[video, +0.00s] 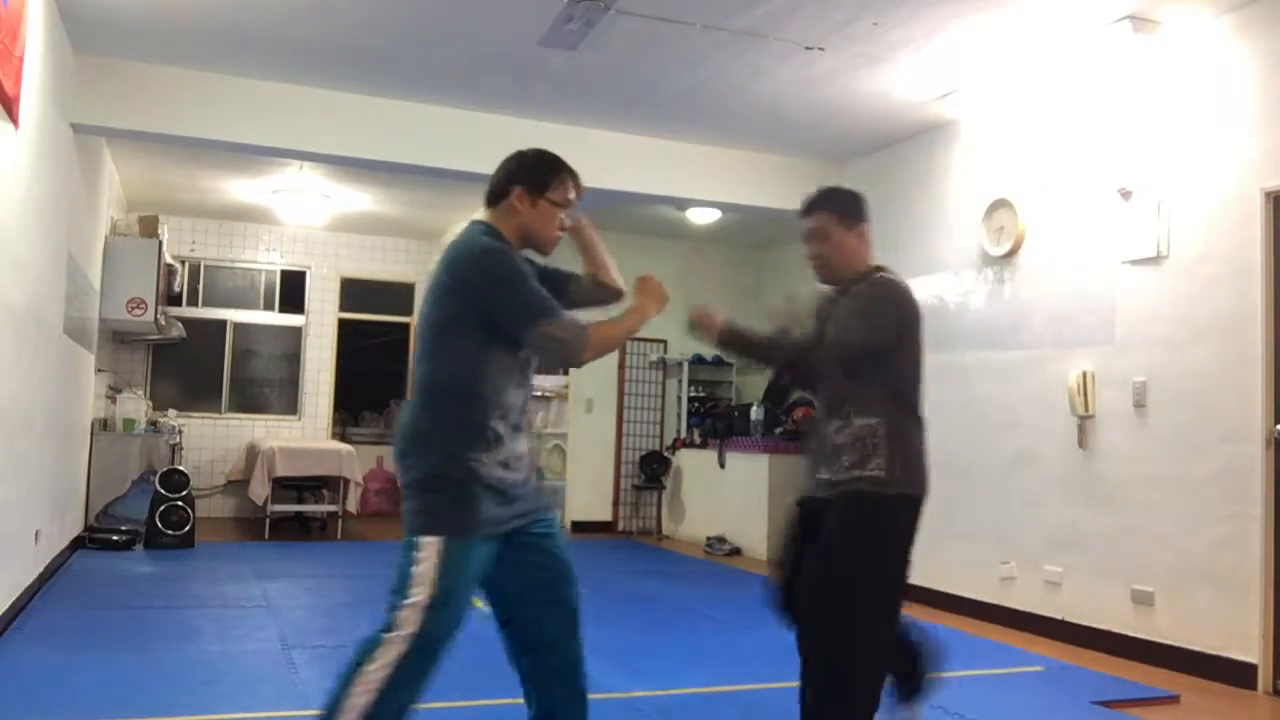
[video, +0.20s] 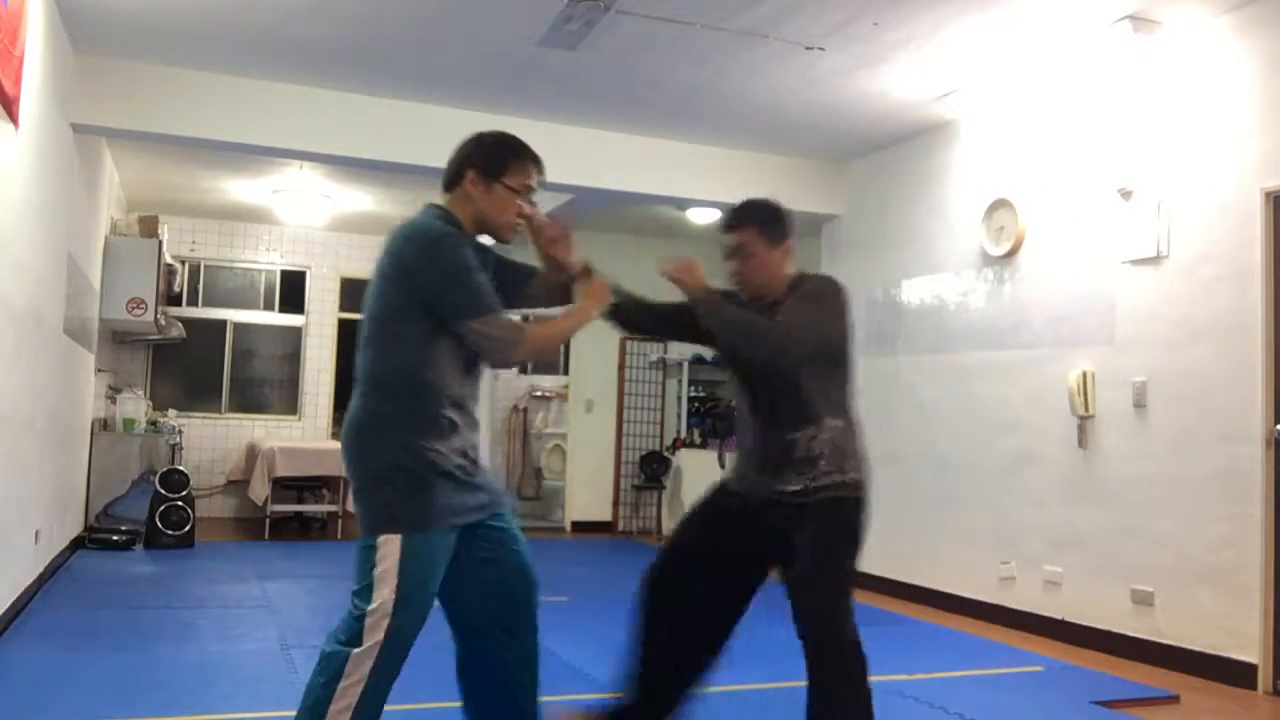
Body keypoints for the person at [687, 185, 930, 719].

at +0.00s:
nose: (812, 250)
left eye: (821, 237)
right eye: (807, 240)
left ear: (859, 234)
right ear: (808, 242)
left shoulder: (884, 296)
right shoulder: (836, 304)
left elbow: (825, 356)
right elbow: (817, 368)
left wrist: (727, 334)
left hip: (880, 487)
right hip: (836, 484)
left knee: (845, 611)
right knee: (801, 594)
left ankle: (835, 710)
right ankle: (902, 654)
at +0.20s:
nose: (732, 266)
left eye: (742, 253)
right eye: (729, 256)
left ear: (783, 250)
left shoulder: (820, 297)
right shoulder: (734, 309)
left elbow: (783, 345)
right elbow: (652, 319)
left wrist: (703, 295)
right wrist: (581, 275)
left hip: (826, 491)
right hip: (754, 489)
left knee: (821, 610)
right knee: (677, 584)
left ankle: (843, 714)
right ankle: (649, 705)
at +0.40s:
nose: (629, 251)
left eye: (639, 237)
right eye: (627, 238)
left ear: (676, 239)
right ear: (633, 242)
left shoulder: (721, 309)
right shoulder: (635, 307)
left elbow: (682, 393)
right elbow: (552, 352)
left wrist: (625, 327)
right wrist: (510, 306)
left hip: (701, 510)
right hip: (630, 504)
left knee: (738, 635)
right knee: (549, 631)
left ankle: (815, 714)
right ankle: (518, 710)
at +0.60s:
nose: (526, 229)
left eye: (534, 215)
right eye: (525, 216)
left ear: (570, 213)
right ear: (566, 217)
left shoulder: (616, 281)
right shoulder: (556, 287)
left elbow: (578, 346)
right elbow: (518, 339)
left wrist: (518, 281)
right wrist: (470, 291)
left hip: (617, 484)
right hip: (560, 478)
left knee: (612, 619)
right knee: (515, 625)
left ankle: (680, 713)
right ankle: (502, 709)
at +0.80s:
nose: (479, 220)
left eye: (488, 205)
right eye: (476, 209)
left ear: (530, 199)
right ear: (525, 205)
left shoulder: (567, 259)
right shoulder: (524, 268)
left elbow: (533, 320)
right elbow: (489, 319)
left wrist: (459, 254)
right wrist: (445, 256)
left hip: (579, 469)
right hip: (533, 468)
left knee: (574, 627)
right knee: (532, 624)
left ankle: (592, 714)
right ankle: (523, 709)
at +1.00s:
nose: (469, 213)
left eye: (477, 198)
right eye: (466, 202)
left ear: (520, 194)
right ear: (510, 199)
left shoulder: (551, 250)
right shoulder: (515, 260)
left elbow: (514, 309)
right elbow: (479, 312)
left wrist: (440, 243)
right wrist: (429, 246)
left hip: (564, 462)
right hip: (523, 462)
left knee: (572, 618)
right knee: (527, 619)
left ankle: (596, 714)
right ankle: (535, 710)